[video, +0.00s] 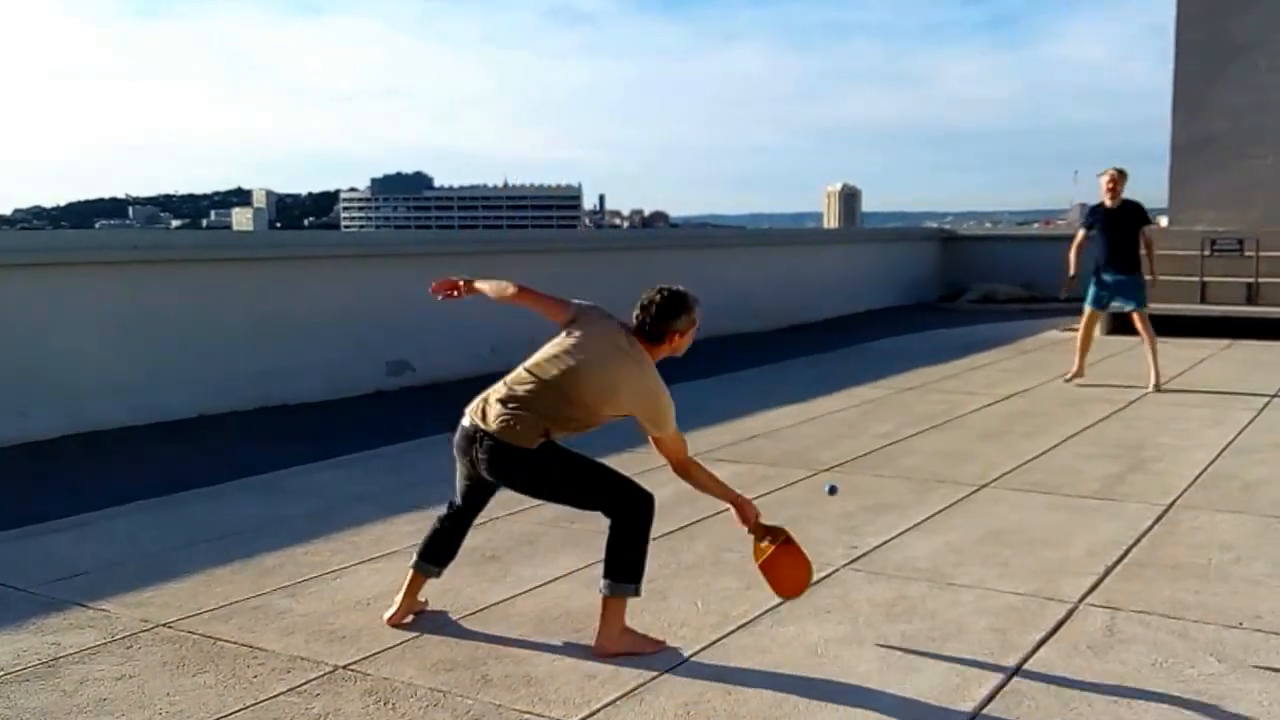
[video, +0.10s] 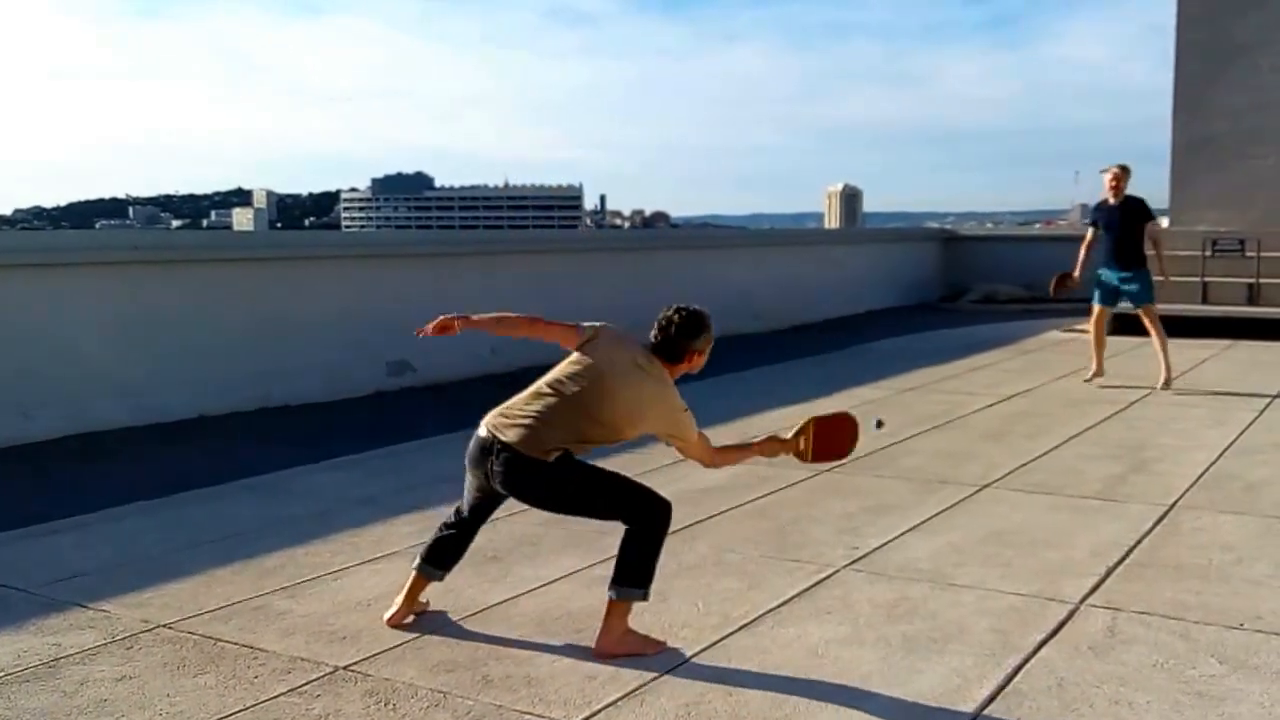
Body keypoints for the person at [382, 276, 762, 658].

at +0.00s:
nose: (689, 343)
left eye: (691, 335)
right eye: (690, 336)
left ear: (639, 319)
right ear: (673, 338)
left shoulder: (591, 319)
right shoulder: (648, 386)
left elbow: (513, 291)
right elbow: (683, 463)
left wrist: (468, 285)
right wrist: (737, 500)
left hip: (470, 431)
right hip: (513, 451)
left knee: (464, 506)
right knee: (634, 504)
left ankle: (403, 604)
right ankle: (613, 632)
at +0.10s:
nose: (707, 357)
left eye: (706, 348)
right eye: (707, 350)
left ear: (658, 336)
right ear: (692, 357)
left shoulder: (607, 339)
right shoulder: (666, 405)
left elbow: (529, 325)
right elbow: (710, 456)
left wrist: (465, 321)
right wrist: (767, 445)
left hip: (485, 442)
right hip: (527, 465)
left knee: (469, 514)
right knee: (652, 511)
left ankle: (404, 604)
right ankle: (615, 633)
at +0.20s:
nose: (720, 348)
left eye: (721, 340)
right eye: (720, 341)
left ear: (673, 324)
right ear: (707, 346)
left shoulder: (618, 332)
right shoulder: (678, 396)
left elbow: (544, 329)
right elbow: (724, 448)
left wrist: (474, 345)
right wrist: (767, 414)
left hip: (502, 433)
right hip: (550, 458)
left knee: (465, 517)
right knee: (660, 514)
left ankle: (402, 606)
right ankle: (615, 635)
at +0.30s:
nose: (726, 317)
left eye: (724, 307)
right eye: (726, 310)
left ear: (677, 296)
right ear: (716, 314)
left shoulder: (623, 309)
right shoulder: (695, 371)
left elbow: (548, 321)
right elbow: (733, 437)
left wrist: (489, 353)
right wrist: (773, 398)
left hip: (520, 418)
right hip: (567, 443)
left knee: (473, 516)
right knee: (664, 515)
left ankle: (409, 607)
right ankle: (617, 633)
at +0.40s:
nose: (723, 277)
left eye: (722, 269)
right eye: (722, 270)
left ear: (672, 267)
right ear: (711, 277)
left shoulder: (624, 288)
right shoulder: (701, 342)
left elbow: (550, 314)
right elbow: (729, 422)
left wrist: (496, 360)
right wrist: (769, 400)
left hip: (533, 408)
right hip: (581, 430)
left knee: (500, 510)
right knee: (667, 515)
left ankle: (426, 613)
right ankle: (618, 635)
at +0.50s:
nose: (710, 239)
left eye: (708, 230)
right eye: (709, 231)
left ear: (658, 230)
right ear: (702, 237)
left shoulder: (611, 262)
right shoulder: (695, 305)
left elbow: (540, 300)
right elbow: (714, 397)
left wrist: (510, 356)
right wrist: (746, 406)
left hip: (542, 392)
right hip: (594, 412)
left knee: (526, 497)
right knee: (663, 512)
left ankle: (463, 603)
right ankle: (619, 635)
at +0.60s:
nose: (697, 200)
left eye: (694, 191)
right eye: (696, 192)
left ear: (647, 190)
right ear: (688, 197)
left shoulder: (599, 224)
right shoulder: (680, 262)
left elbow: (534, 268)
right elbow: (696, 358)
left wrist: (524, 328)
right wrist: (724, 384)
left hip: (543, 368)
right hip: (595, 385)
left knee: (536, 468)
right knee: (644, 504)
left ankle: (487, 559)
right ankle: (619, 634)